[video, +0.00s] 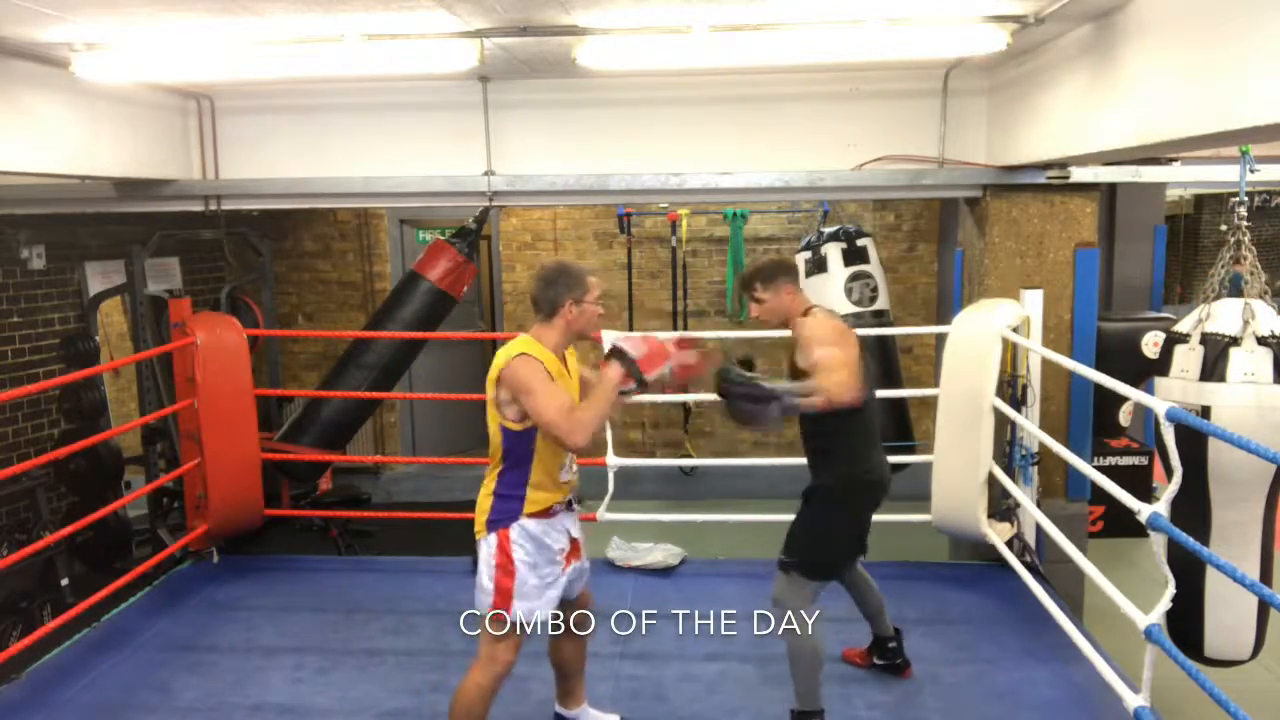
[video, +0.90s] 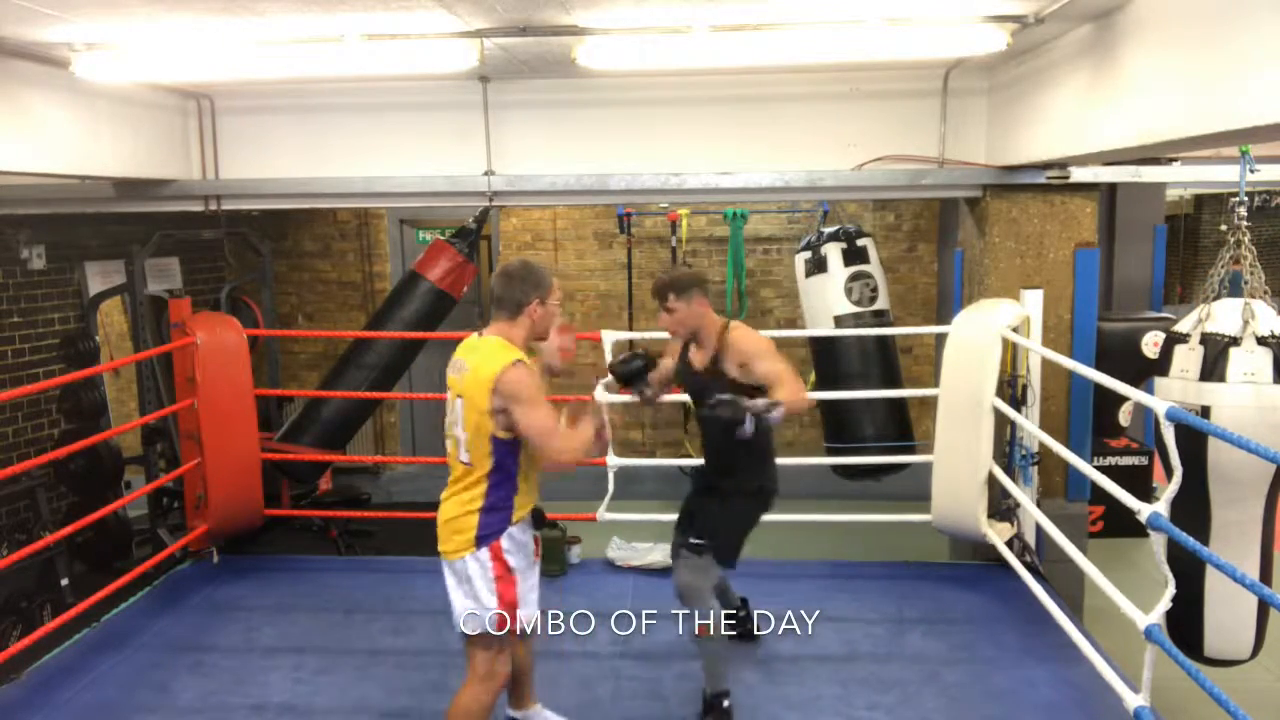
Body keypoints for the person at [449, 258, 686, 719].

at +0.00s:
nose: (602, 310)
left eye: (601, 300)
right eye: (596, 300)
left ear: (564, 308)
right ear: (568, 308)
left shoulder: (562, 356)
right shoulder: (521, 363)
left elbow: (594, 399)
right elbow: (575, 432)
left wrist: (634, 377)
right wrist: (616, 370)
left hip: (557, 515)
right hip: (514, 525)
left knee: (576, 614)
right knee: (496, 657)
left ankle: (572, 707)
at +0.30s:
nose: (604, 306)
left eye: (602, 297)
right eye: (598, 298)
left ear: (566, 306)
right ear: (572, 306)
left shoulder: (565, 345)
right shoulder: (535, 368)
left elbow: (635, 342)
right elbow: (586, 449)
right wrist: (637, 396)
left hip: (562, 511)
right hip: (525, 520)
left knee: (576, 606)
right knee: (502, 649)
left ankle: (571, 706)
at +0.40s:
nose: (596, 306)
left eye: (593, 298)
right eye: (589, 299)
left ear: (562, 308)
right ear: (563, 310)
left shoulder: (569, 340)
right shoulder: (520, 372)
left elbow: (632, 306)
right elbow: (550, 455)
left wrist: (695, 278)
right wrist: (608, 416)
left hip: (561, 507)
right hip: (521, 520)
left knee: (578, 603)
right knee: (510, 651)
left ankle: (573, 706)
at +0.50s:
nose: (588, 313)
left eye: (586, 305)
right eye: (583, 306)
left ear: (555, 314)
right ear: (557, 315)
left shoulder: (566, 347)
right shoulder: (507, 375)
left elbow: (620, 322)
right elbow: (547, 451)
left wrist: (669, 313)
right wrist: (597, 387)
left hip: (555, 514)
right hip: (513, 527)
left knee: (580, 606)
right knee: (504, 657)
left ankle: (575, 706)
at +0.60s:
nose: (581, 320)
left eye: (580, 312)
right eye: (576, 311)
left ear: (544, 313)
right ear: (552, 315)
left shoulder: (549, 356)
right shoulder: (503, 375)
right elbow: (558, 448)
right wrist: (588, 375)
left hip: (543, 519)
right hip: (503, 528)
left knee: (569, 609)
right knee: (494, 662)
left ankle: (574, 706)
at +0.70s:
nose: (570, 316)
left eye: (571, 307)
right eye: (568, 306)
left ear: (519, 305)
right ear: (549, 310)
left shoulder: (486, 352)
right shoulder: (519, 374)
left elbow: (533, 409)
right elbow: (582, 443)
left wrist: (575, 361)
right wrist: (593, 371)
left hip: (516, 521)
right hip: (500, 531)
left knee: (547, 608)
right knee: (490, 666)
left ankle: (565, 705)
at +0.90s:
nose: (557, 315)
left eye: (558, 304)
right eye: (554, 304)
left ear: (501, 304)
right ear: (533, 308)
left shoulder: (469, 351)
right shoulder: (513, 370)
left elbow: (505, 415)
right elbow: (563, 452)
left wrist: (545, 365)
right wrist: (592, 417)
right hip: (485, 533)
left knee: (520, 624)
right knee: (489, 670)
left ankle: (524, 707)